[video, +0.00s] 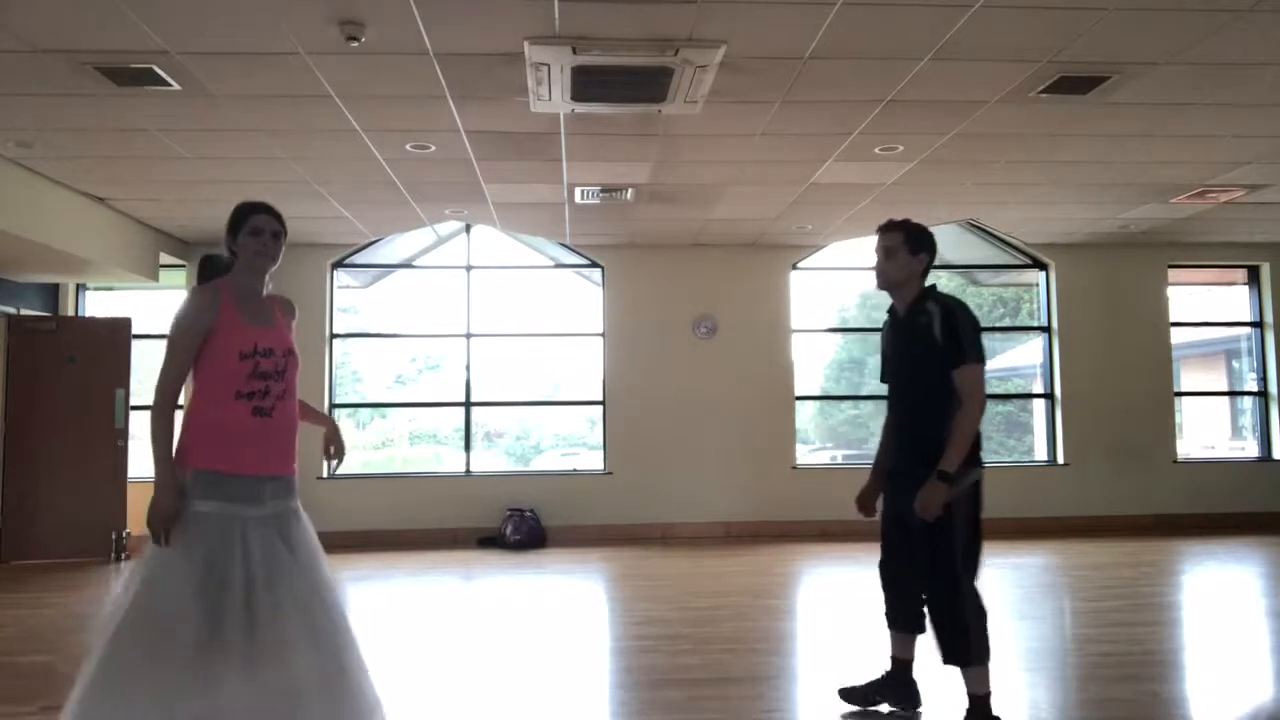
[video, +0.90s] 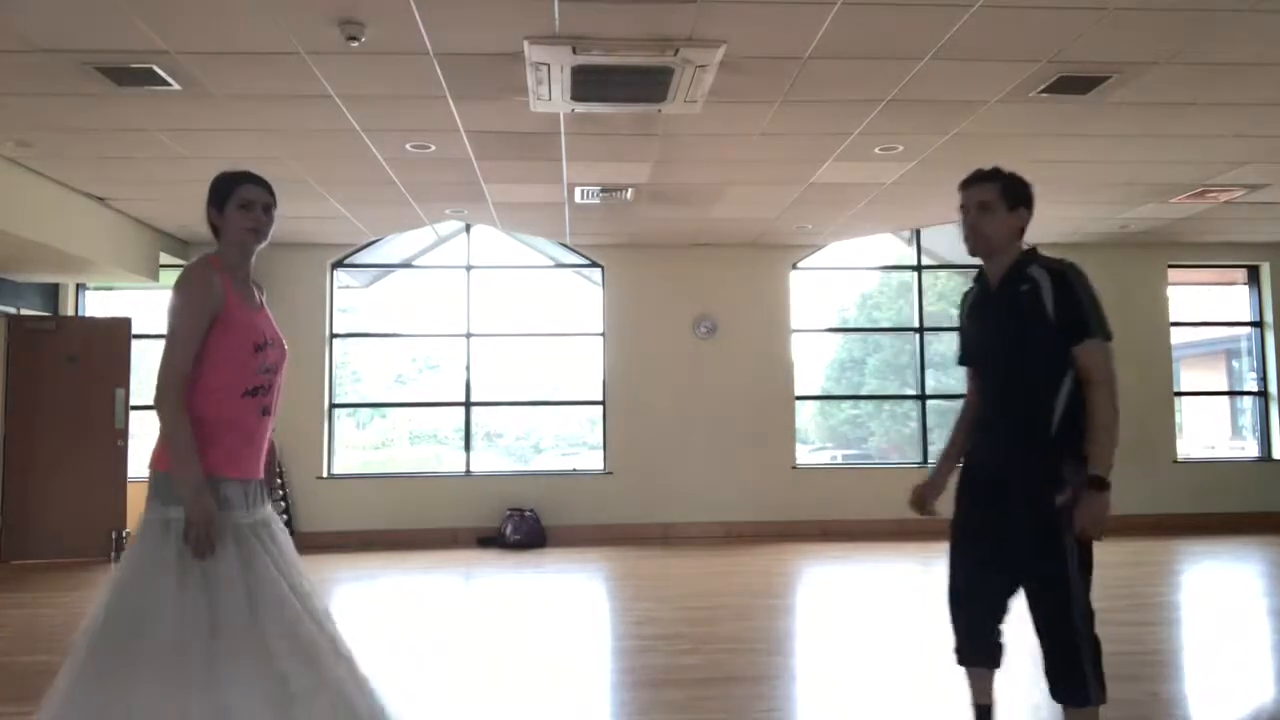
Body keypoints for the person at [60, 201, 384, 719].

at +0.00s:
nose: (268, 243)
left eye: (276, 237)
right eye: (256, 234)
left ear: (283, 249)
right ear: (233, 242)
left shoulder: (283, 310)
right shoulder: (207, 302)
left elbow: (275, 395)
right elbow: (164, 396)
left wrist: (326, 421)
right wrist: (164, 481)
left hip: (275, 485)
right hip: (212, 484)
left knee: (274, 627)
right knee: (205, 626)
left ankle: (265, 713)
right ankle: (198, 713)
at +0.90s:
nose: (260, 218)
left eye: (267, 210)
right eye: (246, 207)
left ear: (272, 222)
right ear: (217, 215)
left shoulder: (251, 288)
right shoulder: (203, 279)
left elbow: (246, 393)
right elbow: (168, 391)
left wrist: (266, 475)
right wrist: (195, 493)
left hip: (245, 492)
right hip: (203, 493)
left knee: (250, 646)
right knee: (202, 649)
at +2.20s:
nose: (267, 229)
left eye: (265, 218)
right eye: (258, 217)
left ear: (226, 221)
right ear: (222, 219)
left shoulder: (232, 294)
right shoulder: (195, 287)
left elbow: (247, 399)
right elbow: (183, 401)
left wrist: (276, 481)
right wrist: (211, 503)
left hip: (252, 490)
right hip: (219, 492)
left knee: (258, 644)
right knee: (218, 645)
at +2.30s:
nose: (263, 227)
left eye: (263, 216)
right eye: (255, 216)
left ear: (224, 220)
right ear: (221, 217)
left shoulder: (231, 292)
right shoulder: (193, 286)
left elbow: (239, 399)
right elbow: (187, 403)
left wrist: (271, 488)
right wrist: (214, 504)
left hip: (252, 490)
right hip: (220, 491)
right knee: (224, 649)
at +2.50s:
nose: (263, 225)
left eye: (261, 215)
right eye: (253, 215)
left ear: (224, 220)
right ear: (218, 218)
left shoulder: (235, 295)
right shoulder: (196, 286)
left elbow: (245, 401)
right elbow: (187, 402)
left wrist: (280, 483)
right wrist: (216, 505)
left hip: (256, 492)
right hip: (221, 493)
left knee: (263, 647)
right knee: (224, 649)